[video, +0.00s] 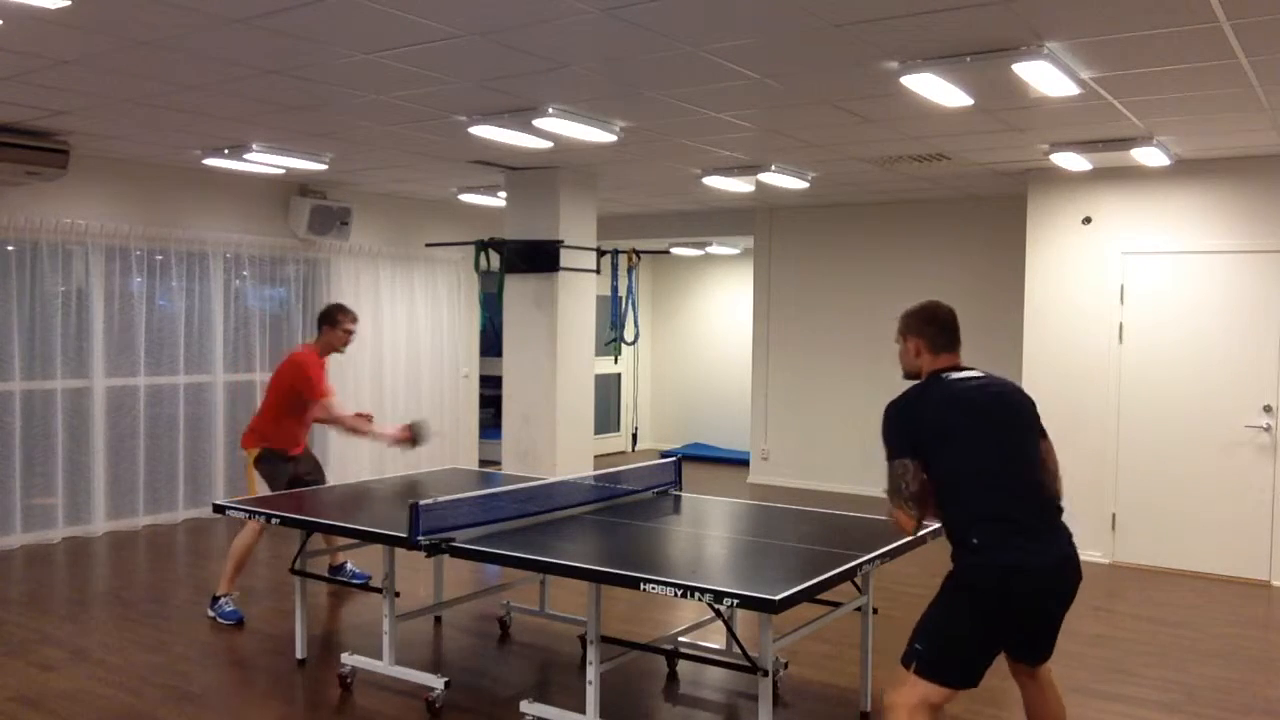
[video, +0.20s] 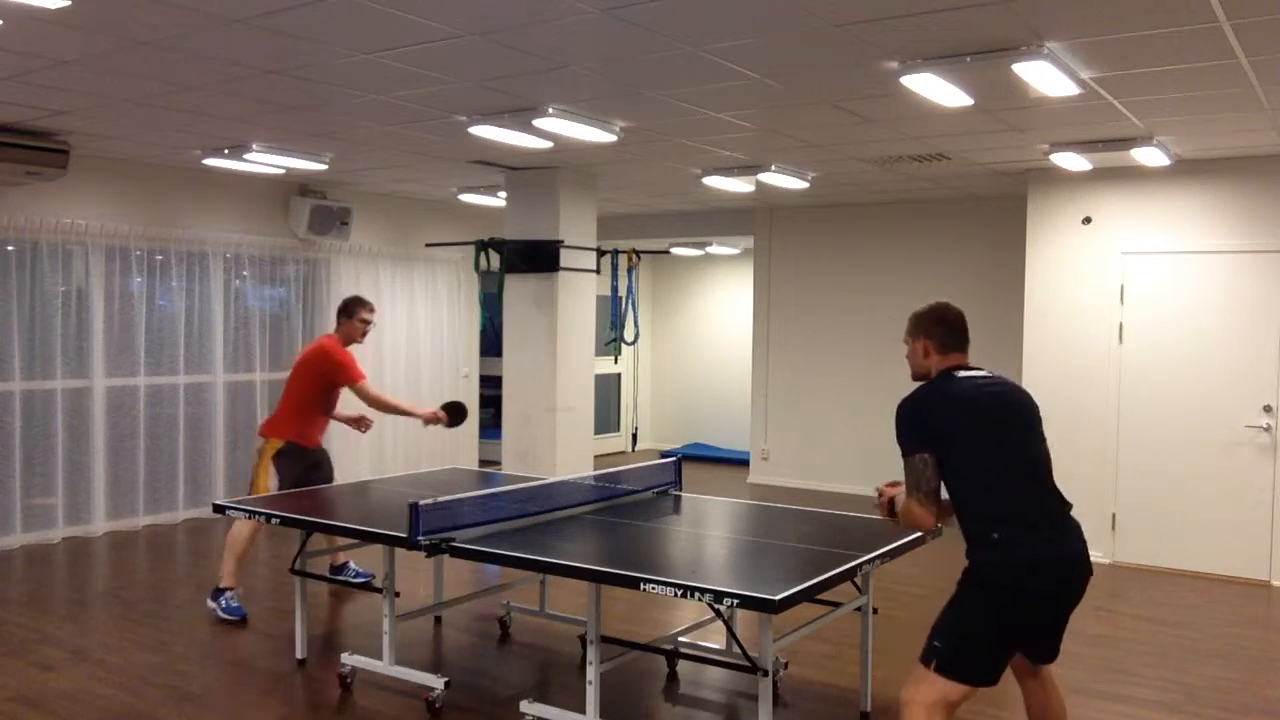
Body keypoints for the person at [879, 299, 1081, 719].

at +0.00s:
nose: (899, 356)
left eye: (900, 344)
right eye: (899, 345)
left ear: (915, 346)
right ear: (956, 345)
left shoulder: (906, 410)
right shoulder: (1011, 392)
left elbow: (908, 518)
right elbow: (1052, 490)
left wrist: (949, 482)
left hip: (988, 570)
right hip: (1057, 562)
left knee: (913, 700)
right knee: (1030, 667)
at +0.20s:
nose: (907, 359)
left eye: (908, 348)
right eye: (907, 349)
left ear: (925, 348)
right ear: (964, 346)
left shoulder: (919, 406)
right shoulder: (1013, 392)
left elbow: (924, 519)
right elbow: (1012, 485)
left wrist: (899, 501)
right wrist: (935, 504)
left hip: (1004, 566)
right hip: (1068, 556)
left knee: (924, 699)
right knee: (1030, 664)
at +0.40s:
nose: (905, 369)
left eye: (904, 357)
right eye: (904, 358)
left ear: (917, 354)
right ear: (960, 352)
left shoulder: (912, 413)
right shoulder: (1014, 402)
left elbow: (916, 528)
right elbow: (1052, 506)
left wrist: (902, 545)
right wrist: (964, 529)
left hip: (987, 576)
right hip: (1054, 567)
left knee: (899, 701)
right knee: (1026, 675)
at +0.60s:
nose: (876, 362)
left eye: (875, 351)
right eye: (877, 353)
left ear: (885, 349)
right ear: (931, 348)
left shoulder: (879, 415)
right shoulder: (977, 402)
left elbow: (885, 538)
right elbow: (989, 496)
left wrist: (875, 539)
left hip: (963, 588)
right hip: (1031, 575)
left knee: (868, 708)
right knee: (1036, 690)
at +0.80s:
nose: (834, 364)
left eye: (833, 353)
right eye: (832, 354)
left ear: (851, 355)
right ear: (888, 347)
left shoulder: (876, 433)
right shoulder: (923, 389)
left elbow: (894, 558)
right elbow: (872, 396)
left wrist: (860, 543)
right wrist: (810, 378)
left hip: (977, 592)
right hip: (1036, 572)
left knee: (872, 706)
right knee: (1031, 681)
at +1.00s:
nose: (834, 363)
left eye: (836, 353)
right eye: (833, 353)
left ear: (857, 359)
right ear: (895, 352)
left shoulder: (876, 437)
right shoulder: (938, 392)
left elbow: (896, 560)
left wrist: (864, 539)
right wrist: (866, 411)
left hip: (981, 592)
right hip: (1037, 572)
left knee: (875, 706)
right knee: (1024, 683)